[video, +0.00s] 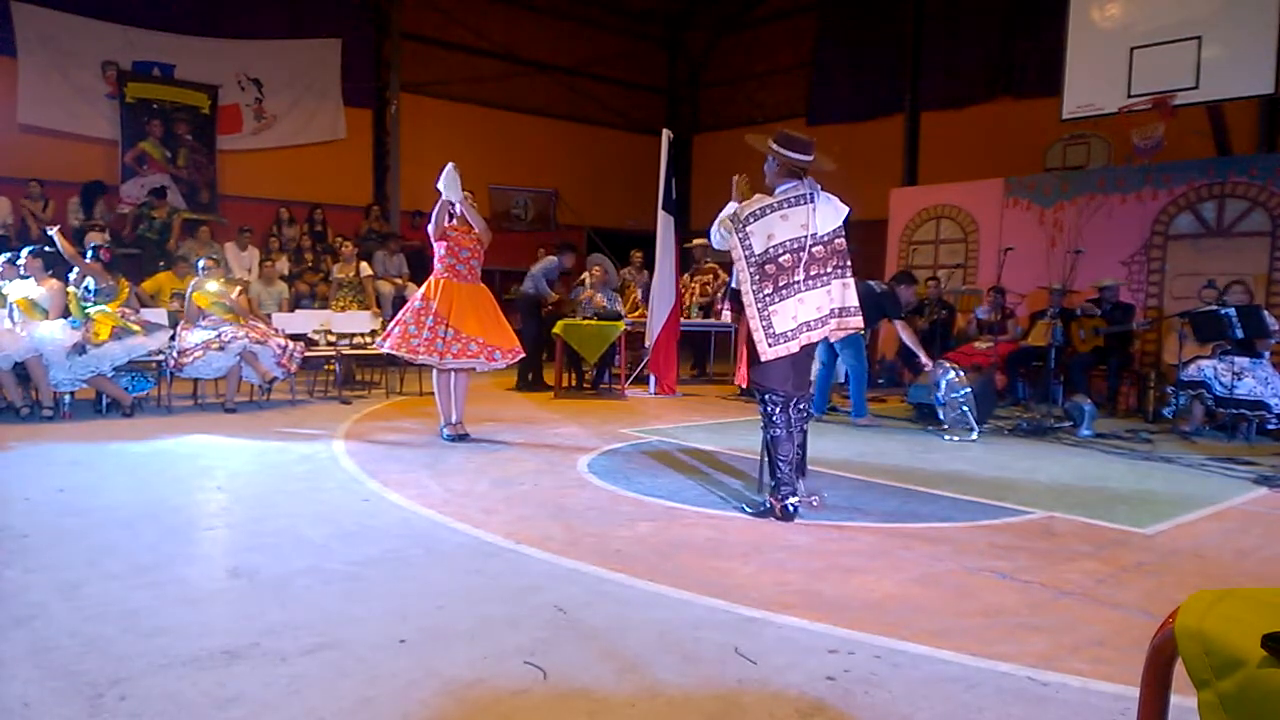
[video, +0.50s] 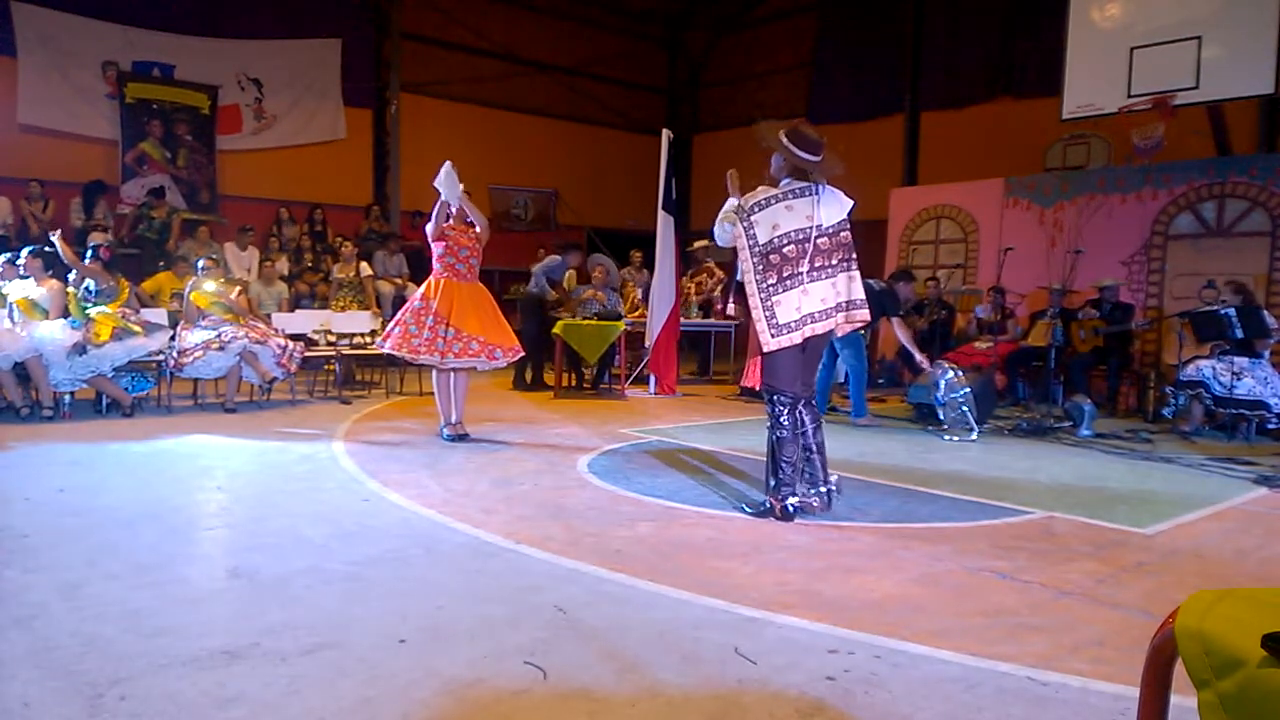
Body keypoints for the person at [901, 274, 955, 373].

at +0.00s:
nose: (932, 291)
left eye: (935, 287)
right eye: (929, 287)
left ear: (940, 289)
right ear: (925, 289)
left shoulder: (948, 308)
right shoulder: (919, 305)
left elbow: (948, 331)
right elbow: (910, 319)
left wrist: (928, 325)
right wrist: (917, 324)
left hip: (940, 349)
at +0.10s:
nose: (932, 291)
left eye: (935, 287)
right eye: (929, 287)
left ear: (940, 289)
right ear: (925, 289)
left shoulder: (948, 308)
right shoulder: (918, 305)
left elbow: (947, 330)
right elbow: (908, 319)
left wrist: (928, 326)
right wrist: (917, 325)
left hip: (940, 349)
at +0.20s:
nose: (932, 291)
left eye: (935, 287)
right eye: (929, 287)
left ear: (940, 289)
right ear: (925, 289)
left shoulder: (949, 308)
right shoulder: (918, 306)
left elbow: (947, 331)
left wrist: (928, 326)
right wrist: (917, 325)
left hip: (941, 351)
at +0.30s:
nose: (932, 291)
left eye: (935, 287)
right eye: (929, 288)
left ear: (940, 289)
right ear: (925, 289)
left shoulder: (948, 308)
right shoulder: (919, 305)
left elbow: (947, 330)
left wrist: (928, 326)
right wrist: (916, 324)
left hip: (940, 349)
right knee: (902, 353)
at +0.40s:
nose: (932, 291)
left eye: (935, 288)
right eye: (929, 288)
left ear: (939, 289)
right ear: (925, 289)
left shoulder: (948, 308)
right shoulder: (919, 305)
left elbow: (947, 332)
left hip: (940, 350)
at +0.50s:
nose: (931, 291)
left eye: (935, 288)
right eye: (928, 288)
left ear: (940, 289)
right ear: (925, 290)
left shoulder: (948, 308)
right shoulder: (918, 305)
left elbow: (947, 332)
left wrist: (927, 326)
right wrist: (917, 324)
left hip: (940, 349)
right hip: (920, 349)